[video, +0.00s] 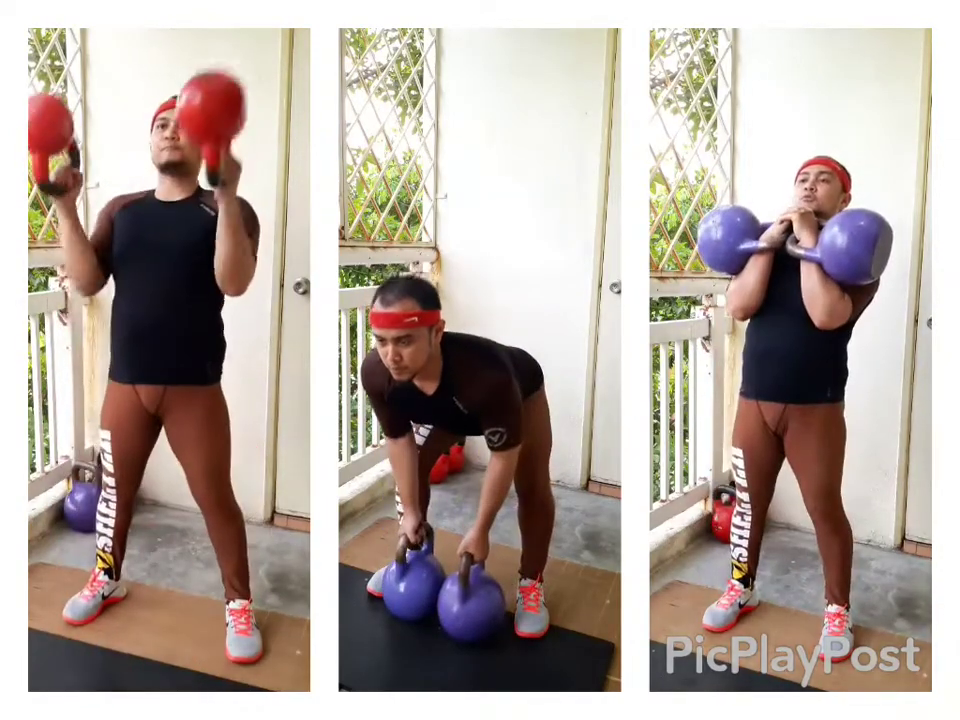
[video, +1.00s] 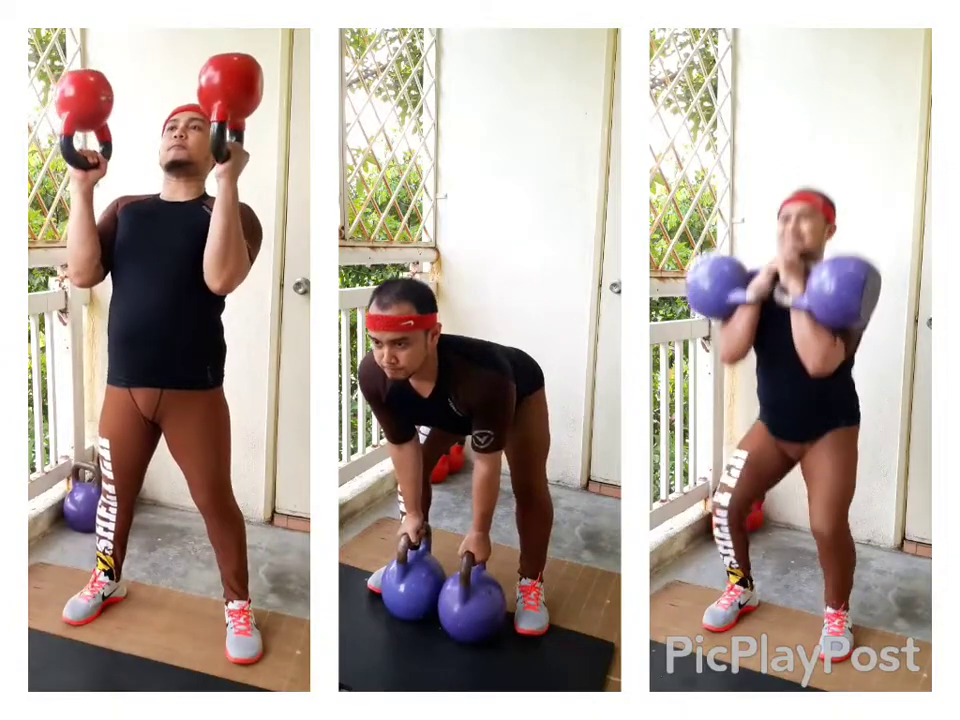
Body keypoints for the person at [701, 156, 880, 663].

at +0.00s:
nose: (809, 186)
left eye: (822, 180)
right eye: (802, 180)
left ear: (845, 198)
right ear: (791, 194)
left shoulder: (854, 257)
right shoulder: (768, 245)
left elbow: (828, 315)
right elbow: (738, 306)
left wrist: (806, 243)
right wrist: (768, 244)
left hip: (814, 407)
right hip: (754, 400)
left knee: (825, 513)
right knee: (749, 502)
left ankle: (836, 609)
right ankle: (740, 586)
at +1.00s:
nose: (792, 227)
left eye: (805, 219)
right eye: (785, 218)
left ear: (828, 230)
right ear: (776, 228)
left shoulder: (842, 289)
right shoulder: (756, 283)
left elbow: (821, 362)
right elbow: (730, 351)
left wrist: (795, 290)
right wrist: (759, 289)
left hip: (830, 431)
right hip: (773, 427)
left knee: (828, 528)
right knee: (733, 508)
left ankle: (836, 613)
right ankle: (740, 585)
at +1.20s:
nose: (790, 290)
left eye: (802, 282)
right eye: (783, 282)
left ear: (823, 294)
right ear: (772, 292)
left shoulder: (833, 352)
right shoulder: (754, 346)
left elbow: (819, 430)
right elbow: (727, 416)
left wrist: (792, 361)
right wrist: (753, 361)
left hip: (831, 466)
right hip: (775, 464)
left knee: (826, 543)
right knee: (721, 521)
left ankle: (836, 616)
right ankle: (740, 588)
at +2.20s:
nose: (795, 226)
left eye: (808, 221)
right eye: (788, 218)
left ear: (829, 238)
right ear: (777, 231)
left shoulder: (835, 299)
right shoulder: (756, 291)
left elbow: (819, 376)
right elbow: (729, 359)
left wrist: (793, 307)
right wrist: (751, 306)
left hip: (829, 433)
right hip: (773, 427)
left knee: (829, 531)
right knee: (727, 505)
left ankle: (837, 615)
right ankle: (740, 587)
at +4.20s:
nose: (795, 190)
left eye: (808, 182)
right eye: (788, 182)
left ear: (832, 195)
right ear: (778, 193)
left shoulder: (846, 257)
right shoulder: (758, 249)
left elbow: (824, 323)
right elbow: (728, 317)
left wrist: (799, 251)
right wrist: (758, 256)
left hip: (824, 412)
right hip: (765, 408)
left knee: (827, 516)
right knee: (738, 499)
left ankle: (836, 612)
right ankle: (739, 586)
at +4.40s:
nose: (789, 238)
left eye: (802, 230)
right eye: (782, 230)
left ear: (825, 241)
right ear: (773, 239)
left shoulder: (840, 302)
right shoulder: (757, 296)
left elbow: (822, 374)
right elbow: (727, 362)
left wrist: (795, 302)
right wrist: (756, 305)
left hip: (830, 438)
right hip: (773, 434)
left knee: (828, 533)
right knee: (727, 510)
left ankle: (835, 613)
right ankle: (740, 587)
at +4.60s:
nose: (787, 297)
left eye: (800, 288)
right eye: (780, 288)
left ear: (821, 299)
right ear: (770, 298)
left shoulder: (836, 356)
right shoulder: (753, 352)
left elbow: (821, 436)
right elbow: (726, 421)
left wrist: (793, 367)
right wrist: (753, 371)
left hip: (832, 472)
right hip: (775, 469)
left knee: (827, 545)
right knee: (718, 521)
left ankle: (836, 616)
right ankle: (740, 588)